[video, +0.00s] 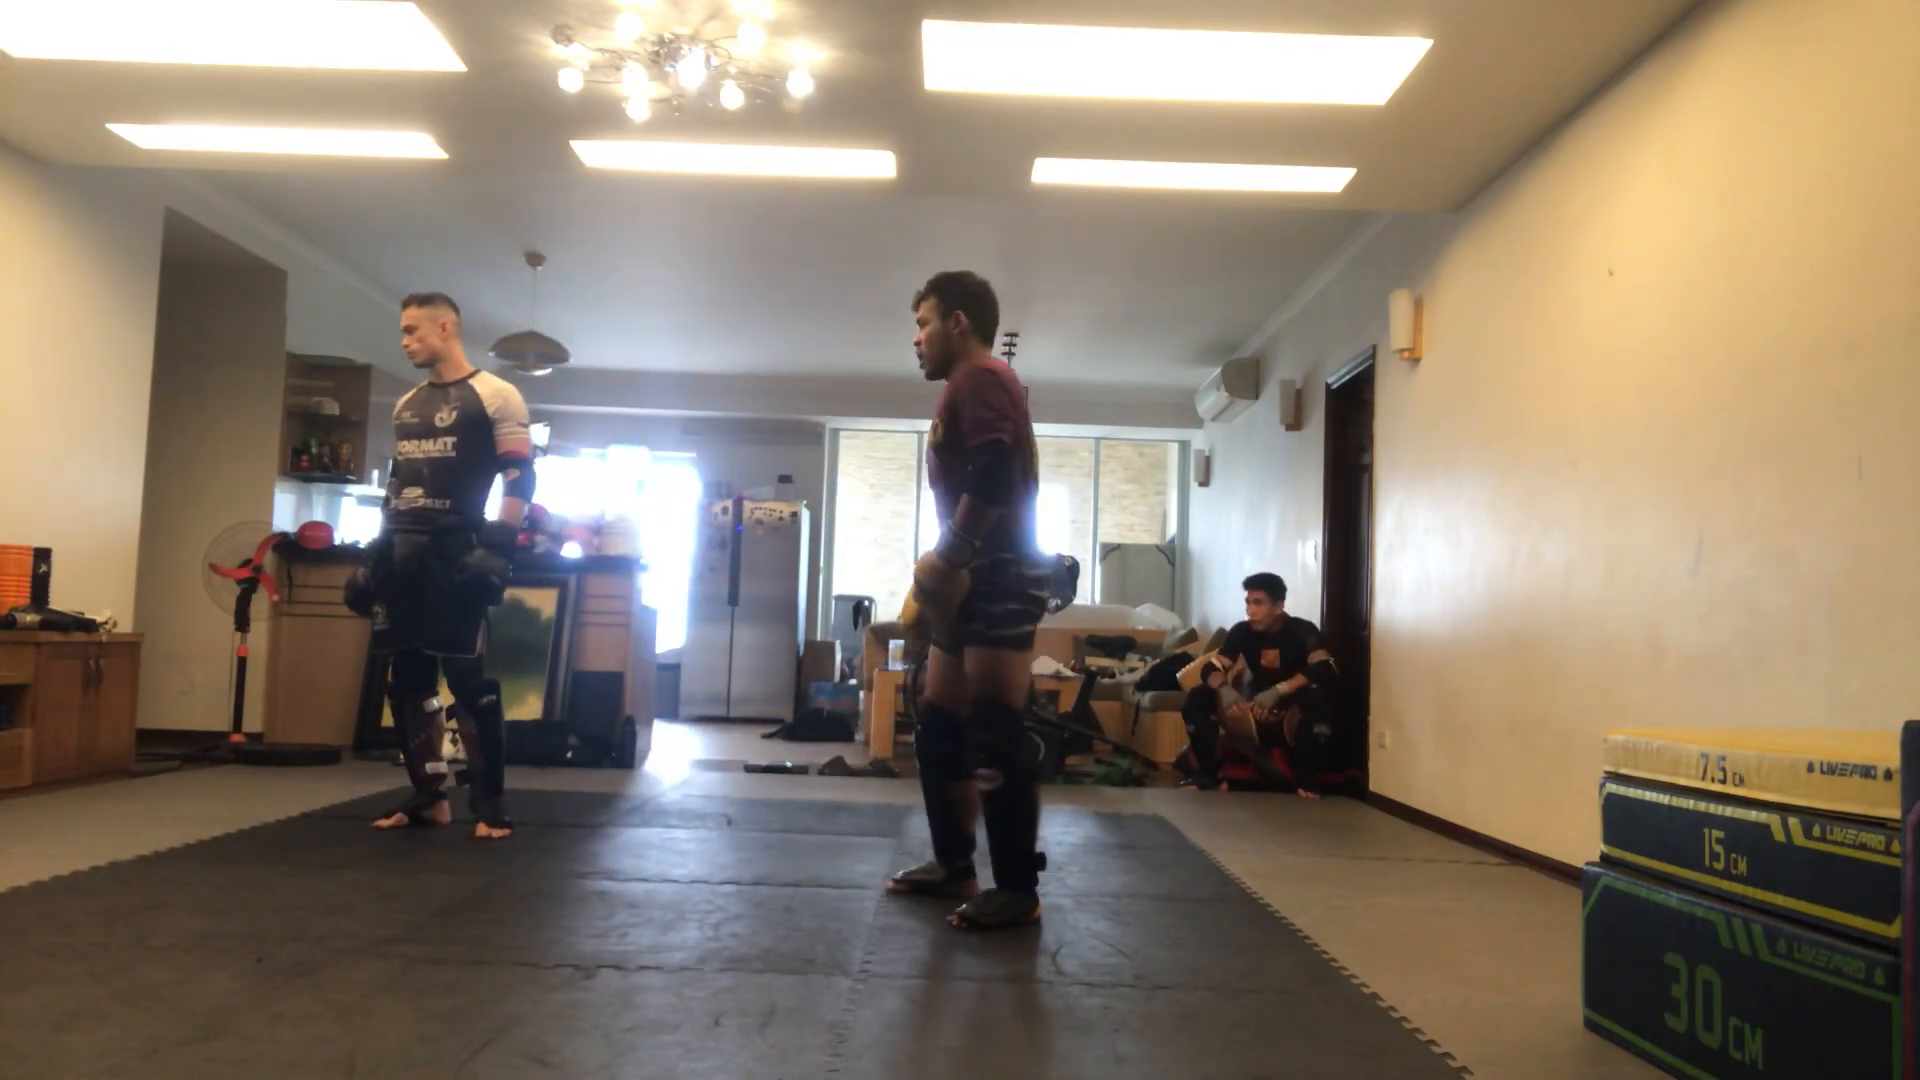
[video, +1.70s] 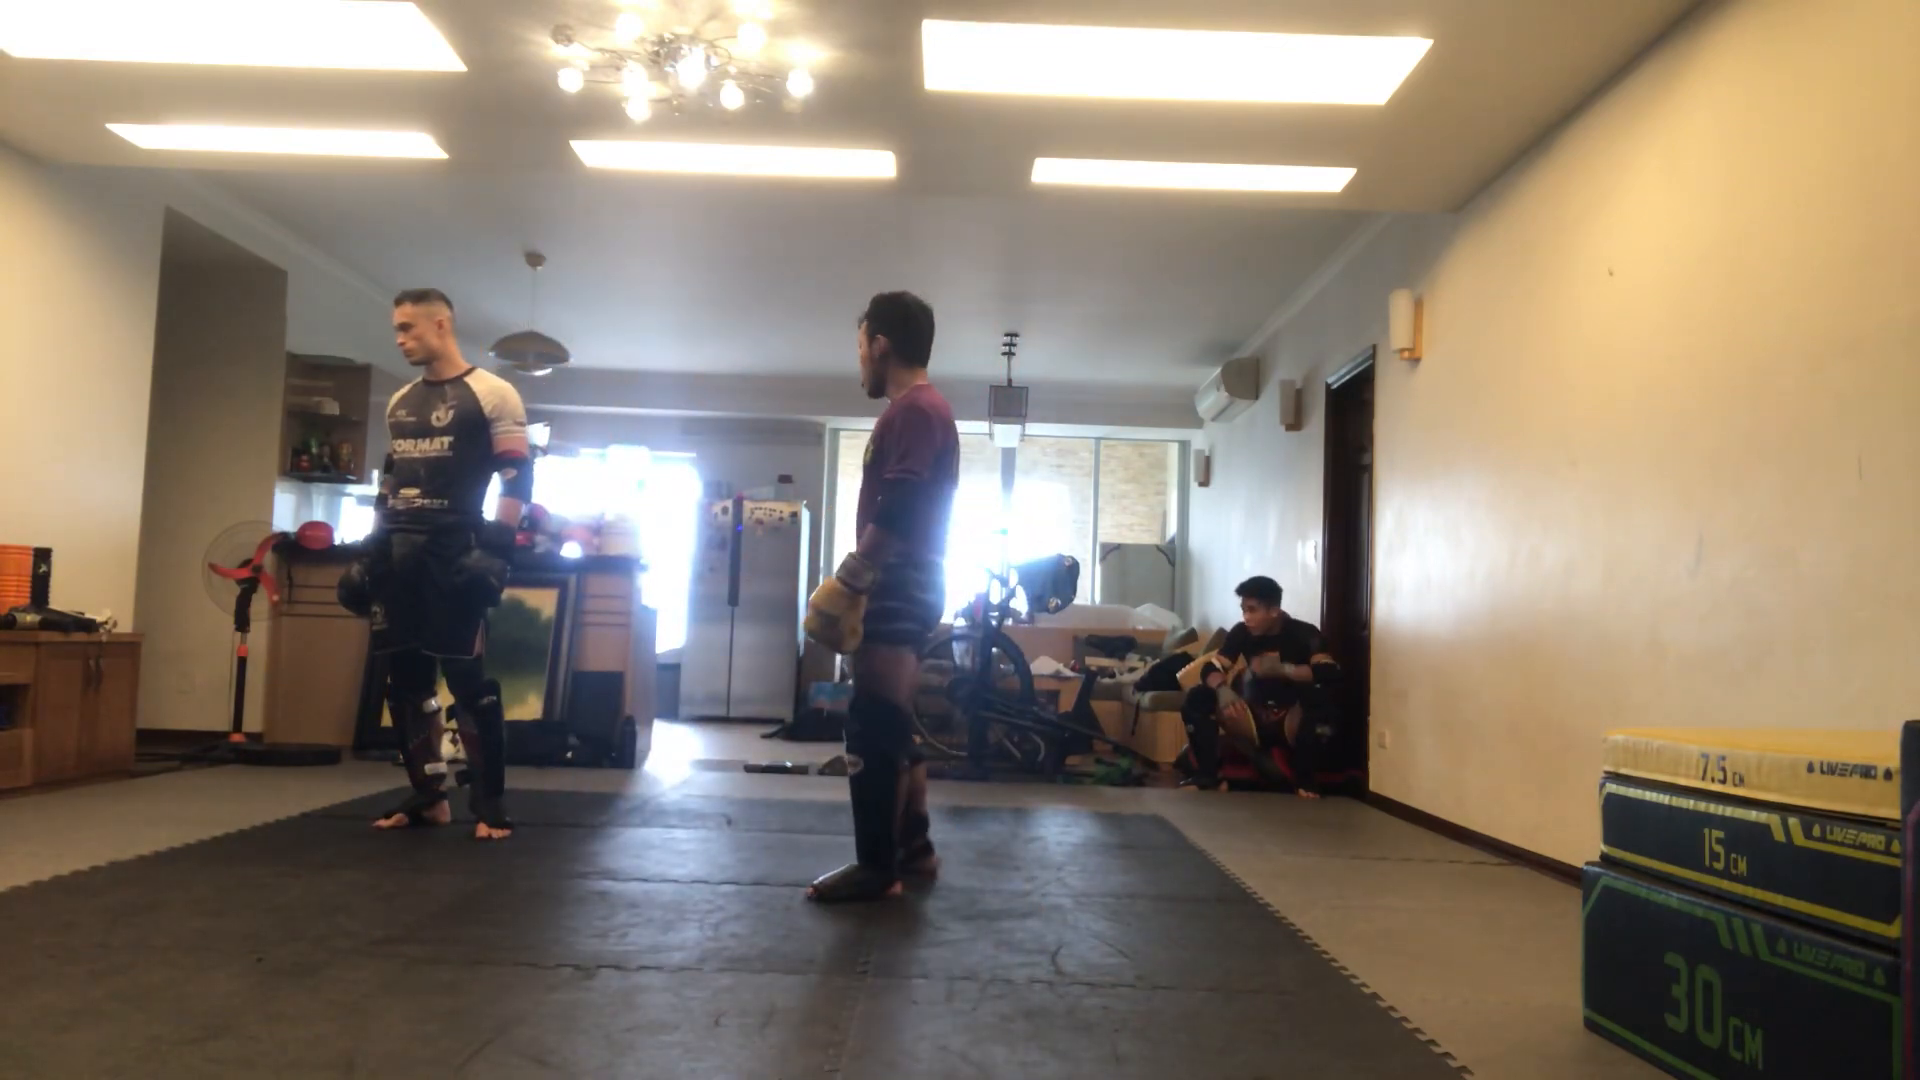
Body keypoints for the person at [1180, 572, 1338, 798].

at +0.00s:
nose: (1250, 610)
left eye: (1257, 603)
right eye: (1248, 603)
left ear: (1279, 605)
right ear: (1245, 603)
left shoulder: (1303, 631)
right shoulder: (1242, 632)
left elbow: (1324, 667)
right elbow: (1211, 669)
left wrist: (1277, 691)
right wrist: (1224, 689)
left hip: (1294, 708)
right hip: (1252, 708)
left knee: (1317, 704)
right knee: (1197, 699)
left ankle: (1307, 781)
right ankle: (1208, 775)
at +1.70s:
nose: (1245, 617)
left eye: (1251, 610)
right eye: (1243, 610)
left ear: (1274, 610)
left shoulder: (1304, 633)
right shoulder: (1242, 633)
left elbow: (1330, 671)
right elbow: (1211, 668)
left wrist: (1281, 669)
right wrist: (1223, 691)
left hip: (1292, 720)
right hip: (1250, 719)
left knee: (1320, 704)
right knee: (1198, 698)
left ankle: (1306, 781)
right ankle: (1208, 777)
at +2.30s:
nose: (1246, 621)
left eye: (1251, 614)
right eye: (1242, 614)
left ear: (1273, 610)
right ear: (1240, 611)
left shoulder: (1304, 632)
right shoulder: (1241, 632)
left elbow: (1314, 675)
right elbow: (1211, 669)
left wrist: (1275, 637)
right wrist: (1221, 689)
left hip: (1291, 721)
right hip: (1251, 720)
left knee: (1316, 696)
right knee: (1197, 698)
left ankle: (1305, 780)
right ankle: (1207, 776)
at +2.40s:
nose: (1246, 621)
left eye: (1251, 614)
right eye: (1242, 614)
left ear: (1273, 610)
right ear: (1240, 611)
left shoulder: (1304, 632)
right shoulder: (1241, 632)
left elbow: (1314, 675)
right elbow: (1211, 669)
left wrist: (1276, 637)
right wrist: (1221, 689)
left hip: (1291, 720)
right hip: (1251, 720)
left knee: (1316, 696)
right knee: (1197, 698)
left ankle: (1305, 781)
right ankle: (1207, 776)